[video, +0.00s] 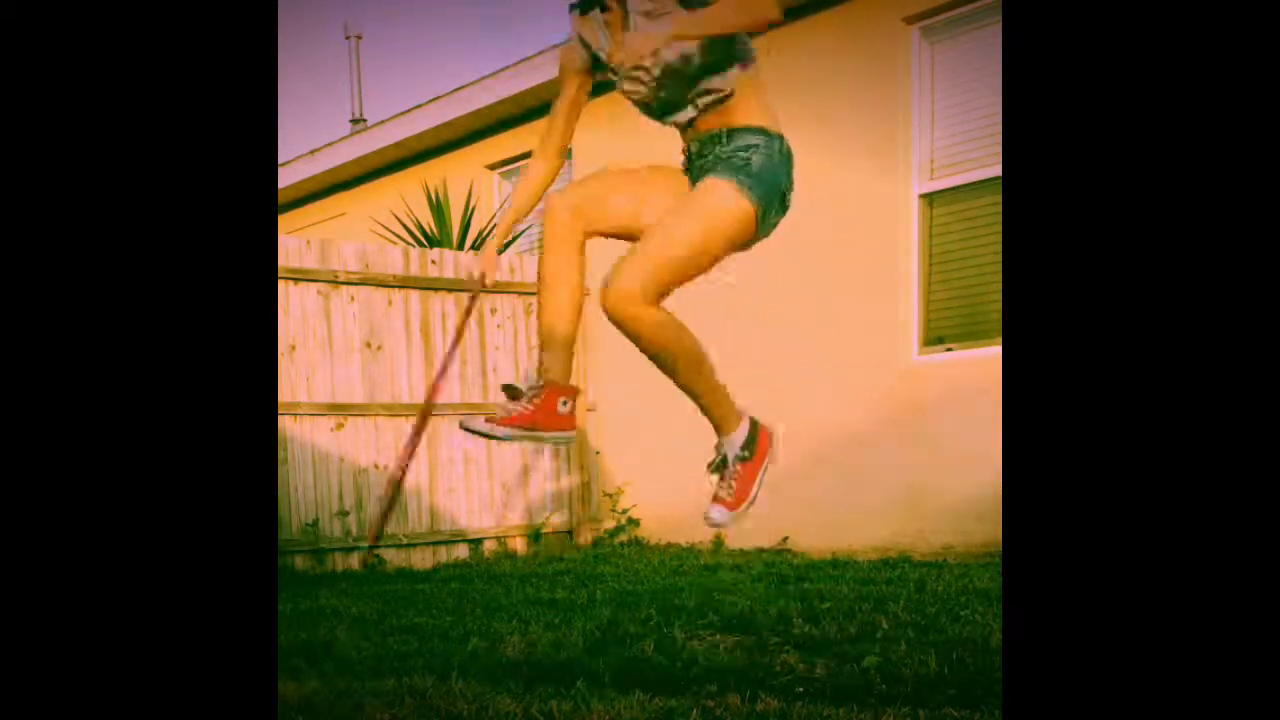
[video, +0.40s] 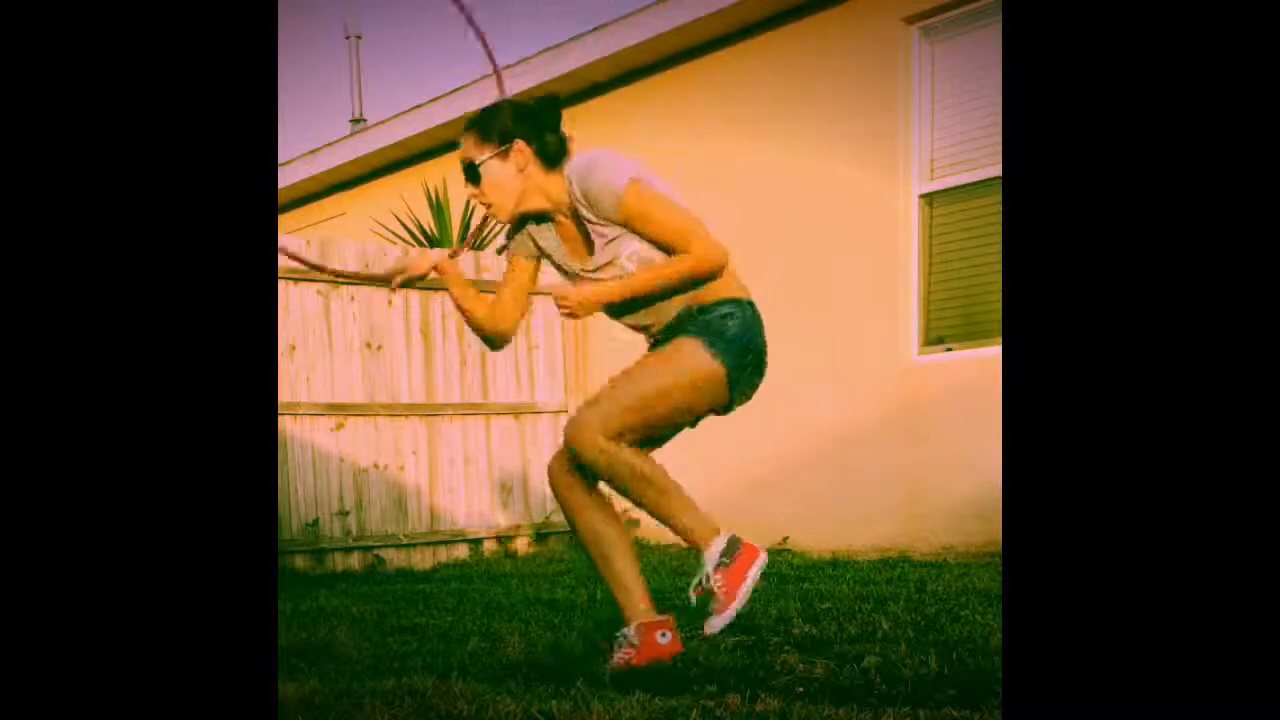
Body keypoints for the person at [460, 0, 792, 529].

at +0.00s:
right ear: (583, 4)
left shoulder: (673, 4)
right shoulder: (584, 45)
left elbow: (770, 12)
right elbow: (549, 153)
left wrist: (664, 29)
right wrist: (493, 244)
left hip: (751, 163)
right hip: (699, 171)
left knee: (626, 295)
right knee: (564, 208)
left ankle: (740, 437)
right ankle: (553, 397)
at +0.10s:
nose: (530, 11)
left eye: (533, 1)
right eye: (528, 6)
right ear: (552, 10)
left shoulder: (655, 9)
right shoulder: (573, 64)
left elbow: (733, 92)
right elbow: (584, 171)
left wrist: (627, 124)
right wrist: (537, 244)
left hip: (740, 180)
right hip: (684, 209)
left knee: (576, 188)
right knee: (579, 326)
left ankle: (717, 299)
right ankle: (557, 514)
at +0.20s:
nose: (502, 55)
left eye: (507, 32)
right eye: (499, 39)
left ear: (554, 17)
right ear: (543, 23)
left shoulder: (632, 45)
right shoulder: (557, 112)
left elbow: (715, 157)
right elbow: (599, 199)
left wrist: (613, 166)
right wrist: (538, 233)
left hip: (724, 242)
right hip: (675, 277)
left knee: (570, 226)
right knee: (608, 435)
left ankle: (664, 360)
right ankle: (626, 610)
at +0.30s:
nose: (484, 141)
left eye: (488, 119)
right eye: (481, 128)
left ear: (532, 102)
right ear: (521, 111)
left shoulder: (609, 129)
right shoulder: (547, 190)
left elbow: (704, 230)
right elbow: (569, 302)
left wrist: (590, 242)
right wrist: (490, 251)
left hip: (723, 294)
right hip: (685, 329)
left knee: (563, 346)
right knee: (586, 462)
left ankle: (660, 497)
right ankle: (650, 627)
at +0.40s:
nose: (473, 191)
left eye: (475, 171)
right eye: (469, 178)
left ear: (518, 154)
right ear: (511, 162)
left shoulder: (599, 176)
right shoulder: (531, 233)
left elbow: (708, 255)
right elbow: (497, 328)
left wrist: (604, 294)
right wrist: (446, 270)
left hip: (718, 326)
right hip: (674, 346)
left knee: (588, 434)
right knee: (565, 473)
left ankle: (722, 551)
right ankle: (647, 626)